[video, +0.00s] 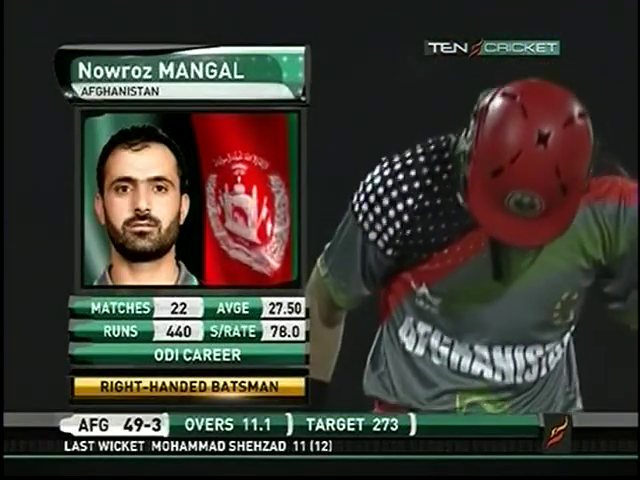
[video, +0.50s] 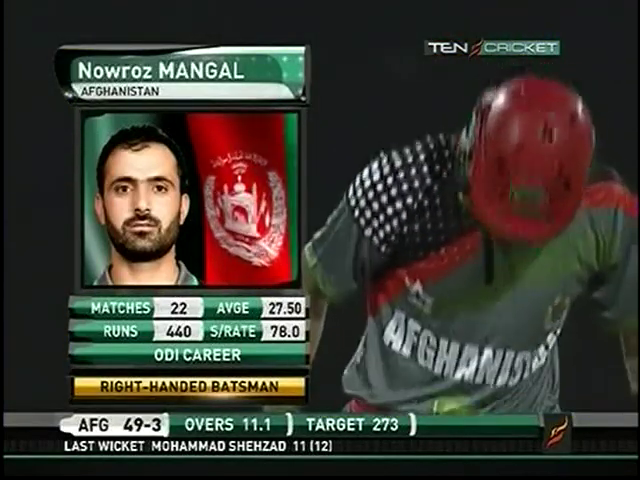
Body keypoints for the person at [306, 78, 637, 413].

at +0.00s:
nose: (517, 241)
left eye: (536, 224)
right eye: (501, 219)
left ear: (577, 183)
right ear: (471, 166)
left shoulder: (616, 209)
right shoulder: (399, 194)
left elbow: (630, 310)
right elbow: (326, 305)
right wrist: (307, 414)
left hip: (539, 427)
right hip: (413, 426)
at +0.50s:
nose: (518, 234)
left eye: (536, 221)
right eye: (505, 215)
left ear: (575, 183)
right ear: (473, 163)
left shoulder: (607, 214)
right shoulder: (398, 189)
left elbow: (634, 338)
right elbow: (312, 291)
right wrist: (278, 412)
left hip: (524, 438)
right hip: (390, 434)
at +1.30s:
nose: (474, 123)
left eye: (491, 102)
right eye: (451, 105)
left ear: (519, 112)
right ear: (417, 116)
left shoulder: (549, 248)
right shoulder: (356, 237)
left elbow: (571, 396)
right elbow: (297, 388)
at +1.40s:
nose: (461, 131)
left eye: (477, 112)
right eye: (439, 116)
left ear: (507, 120)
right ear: (405, 127)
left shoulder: (541, 249)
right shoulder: (347, 249)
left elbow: (567, 396)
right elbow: (301, 405)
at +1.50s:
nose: (443, 140)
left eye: (460, 120)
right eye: (420, 124)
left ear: (489, 126)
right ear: (388, 135)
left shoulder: (527, 248)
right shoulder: (336, 262)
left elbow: (557, 389)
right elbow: (301, 416)